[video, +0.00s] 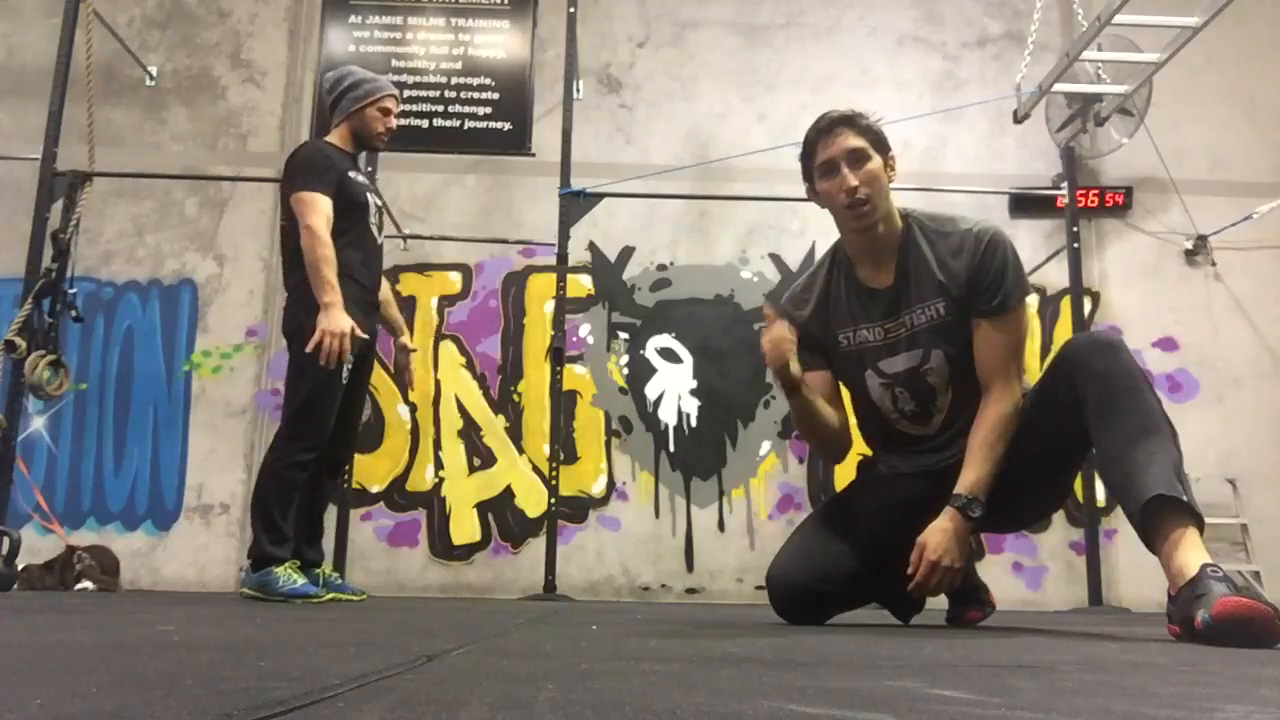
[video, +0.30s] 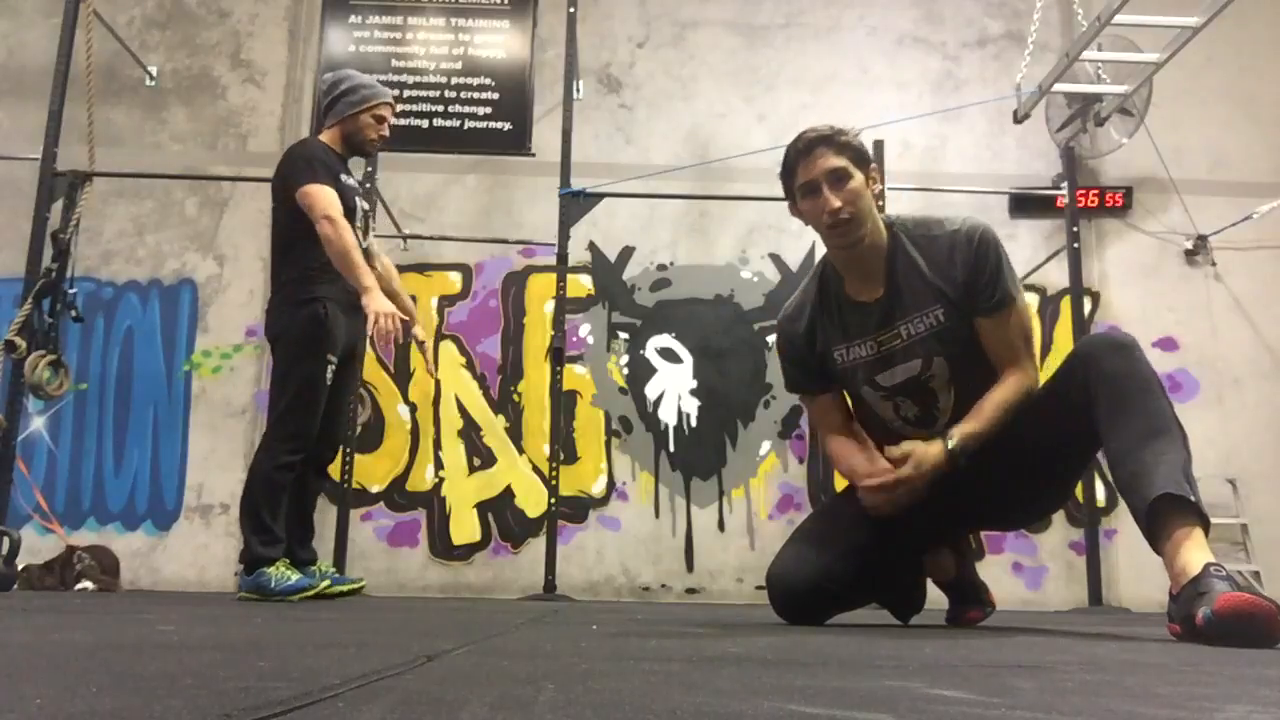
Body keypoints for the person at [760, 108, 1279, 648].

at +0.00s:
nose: (848, 179)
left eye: (859, 160)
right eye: (828, 171)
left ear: (889, 168)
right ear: (814, 194)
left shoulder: (976, 251)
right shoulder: (804, 301)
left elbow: (1003, 391)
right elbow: (834, 442)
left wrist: (962, 510)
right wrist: (789, 381)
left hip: (998, 464)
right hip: (900, 482)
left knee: (1097, 352)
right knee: (793, 590)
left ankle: (1191, 576)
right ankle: (949, 562)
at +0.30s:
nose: (830, 203)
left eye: (839, 180)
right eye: (810, 194)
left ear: (873, 182)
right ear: (797, 215)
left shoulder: (965, 251)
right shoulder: (803, 326)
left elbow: (1019, 374)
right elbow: (835, 433)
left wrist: (947, 448)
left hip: (999, 464)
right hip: (902, 490)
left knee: (1110, 352)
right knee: (794, 590)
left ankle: (1193, 575)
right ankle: (944, 559)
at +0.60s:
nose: (820, 216)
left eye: (826, 193)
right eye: (798, 212)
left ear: (858, 189)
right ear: (791, 232)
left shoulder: (958, 242)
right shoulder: (802, 337)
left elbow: (1056, 347)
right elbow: (839, 451)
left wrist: (1003, 452)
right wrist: (914, 499)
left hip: (1020, 468)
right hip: (913, 498)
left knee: (1136, 354)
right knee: (796, 590)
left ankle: (1198, 574)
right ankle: (945, 562)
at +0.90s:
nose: (835, 219)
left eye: (842, 195)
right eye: (813, 213)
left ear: (876, 191)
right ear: (804, 233)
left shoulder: (978, 253)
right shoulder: (813, 333)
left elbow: (1054, 369)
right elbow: (847, 453)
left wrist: (1001, 474)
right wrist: (922, 517)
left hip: (1029, 469)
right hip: (920, 495)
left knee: (1132, 348)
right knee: (798, 591)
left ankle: (1197, 574)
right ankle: (944, 560)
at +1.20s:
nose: (841, 224)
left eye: (849, 200)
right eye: (819, 218)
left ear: (882, 197)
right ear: (809, 237)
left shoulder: (986, 257)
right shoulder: (815, 334)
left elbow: (1055, 371)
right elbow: (849, 456)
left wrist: (1002, 480)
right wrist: (930, 519)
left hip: (1030, 470)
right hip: (923, 495)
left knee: (1133, 347)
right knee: (799, 591)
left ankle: (1197, 576)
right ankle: (947, 563)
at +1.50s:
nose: (837, 226)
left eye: (844, 202)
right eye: (815, 221)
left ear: (877, 196)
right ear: (805, 240)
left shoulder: (981, 258)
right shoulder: (811, 335)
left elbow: (1051, 370)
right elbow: (845, 454)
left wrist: (998, 481)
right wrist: (926, 520)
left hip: (1024, 471)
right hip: (917, 496)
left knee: (1128, 349)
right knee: (798, 591)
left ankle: (1195, 576)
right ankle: (942, 561)